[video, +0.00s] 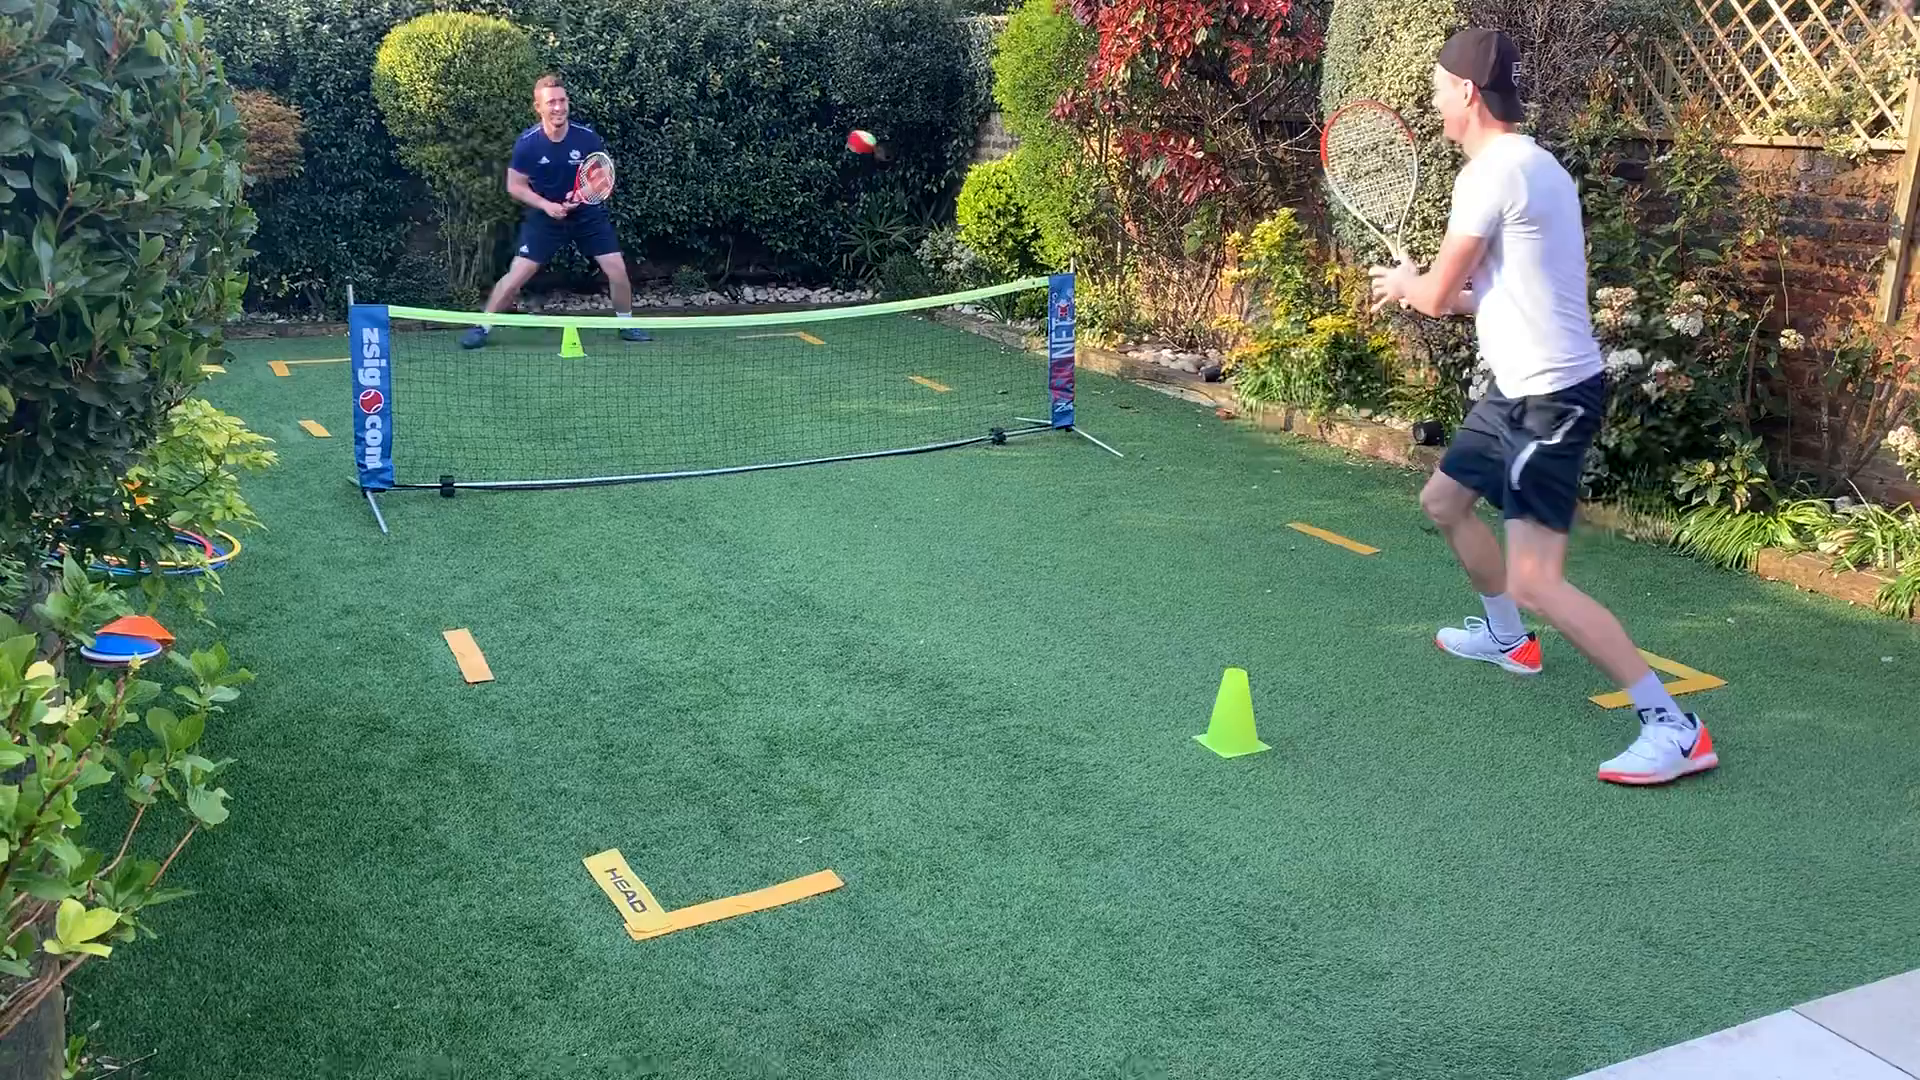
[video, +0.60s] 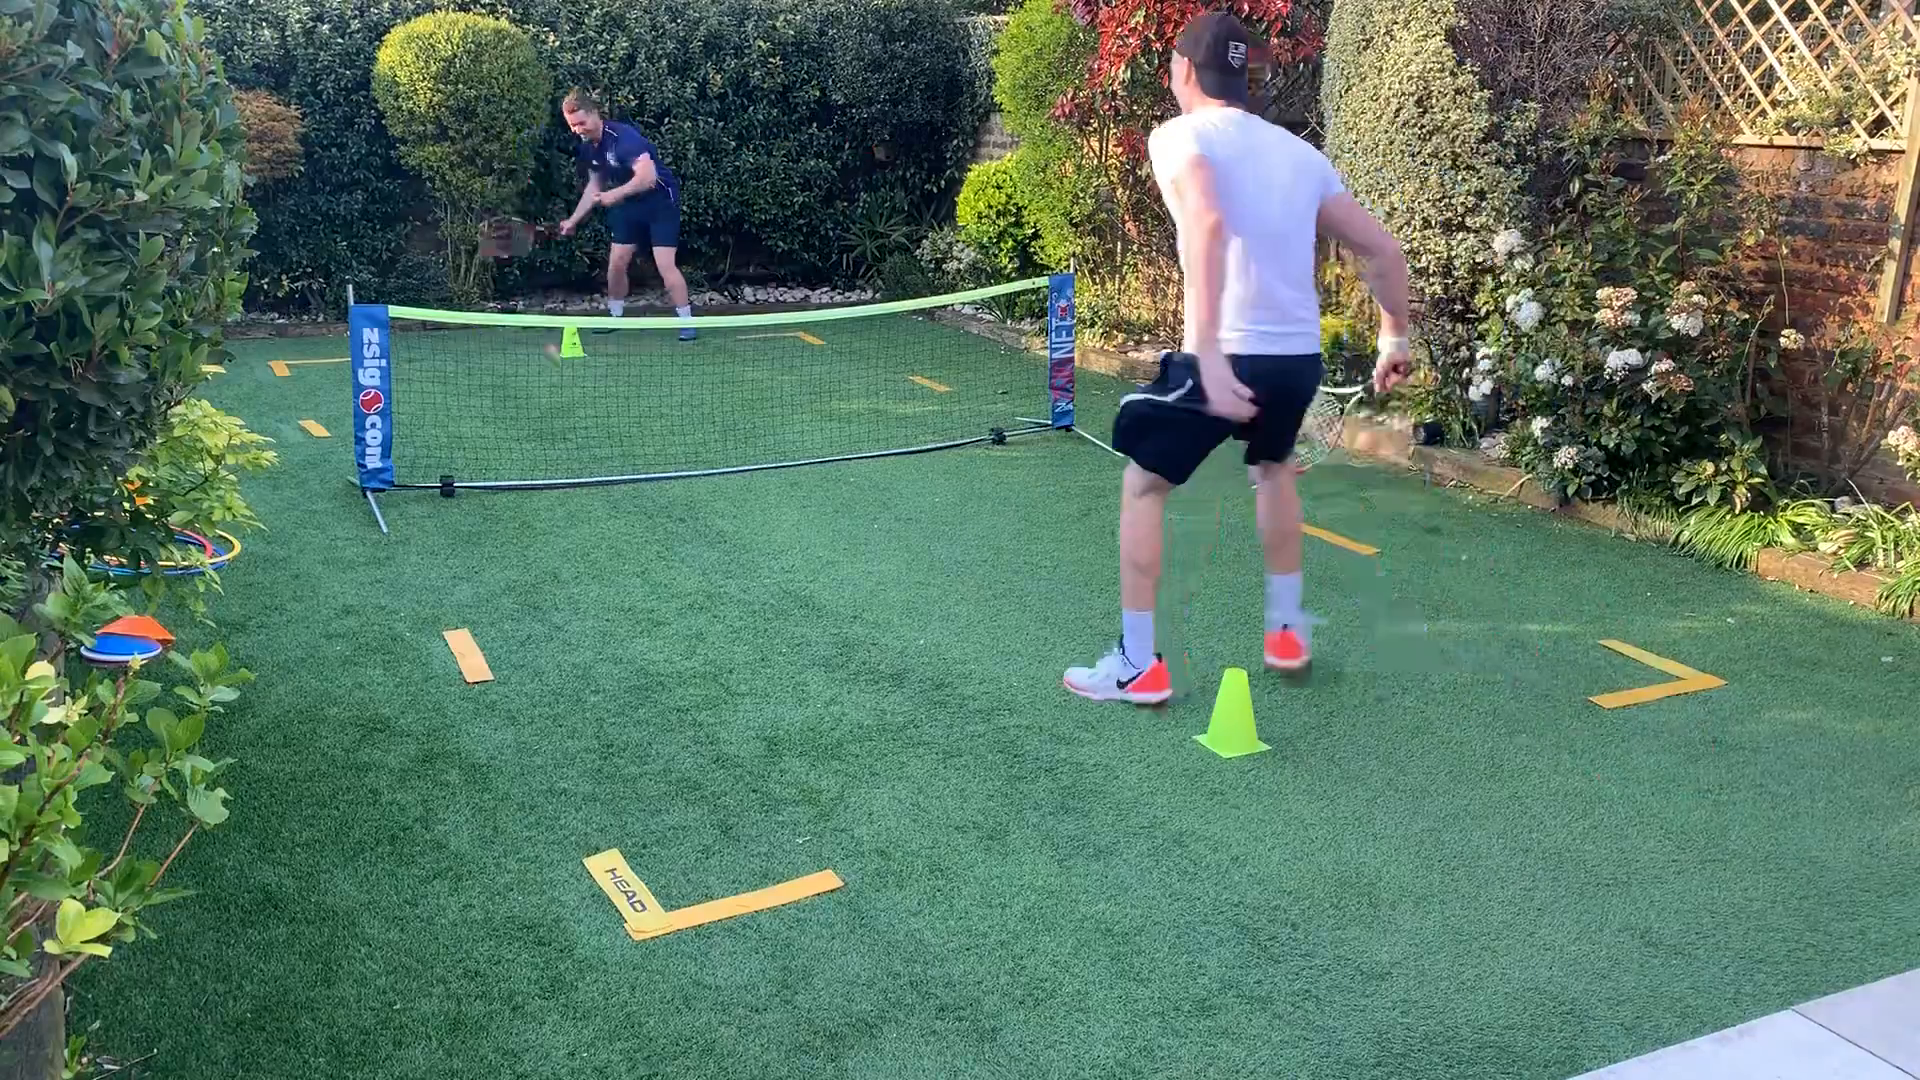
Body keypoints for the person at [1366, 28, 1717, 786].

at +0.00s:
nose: (1437, 104)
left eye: (1442, 91)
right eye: (1440, 90)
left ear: (1469, 94)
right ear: (1497, 93)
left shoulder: (1490, 171)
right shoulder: (1543, 167)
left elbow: (1440, 297)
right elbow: (1507, 292)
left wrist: (1406, 284)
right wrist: (1428, 288)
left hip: (1554, 395)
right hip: (1517, 387)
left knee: (1537, 582)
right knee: (1444, 501)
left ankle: (1673, 725)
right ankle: (1506, 633)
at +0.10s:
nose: (1408, 109)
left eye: (1413, 97)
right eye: (1410, 96)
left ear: (1436, 105)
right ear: (1469, 106)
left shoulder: (1447, 182)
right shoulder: (1514, 176)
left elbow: (1423, 322)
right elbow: (1492, 302)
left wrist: (1372, 347)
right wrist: (1413, 320)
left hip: (1505, 391)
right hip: (1526, 379)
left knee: (1447, 568)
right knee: (1429, 496)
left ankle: (1606, 666)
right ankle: (1506, 631)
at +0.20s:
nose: (1362, 124)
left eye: (1367, 111)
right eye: (1364, 110)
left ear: (1389, 118)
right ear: (1421, 118)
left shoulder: (1411, 192)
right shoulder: (1473, 183)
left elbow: (1404, 325)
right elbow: (1483, 298)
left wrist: (1334, 400)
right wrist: (1401, 327)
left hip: (1468, 395)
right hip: (1510, 388)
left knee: (1344, 521)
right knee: (1428, 505)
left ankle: (1467, 637)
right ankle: (1505, 634)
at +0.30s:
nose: (1312, 134)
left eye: (1316, 121)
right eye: (1312, 121)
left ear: (1336, 125)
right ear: (1370, 123)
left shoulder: (1367, 194)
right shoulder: (1424, 185)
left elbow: (1367, 313)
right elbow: (1415, 305)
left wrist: (1286, 393)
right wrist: (1318, 335)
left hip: (1424, 397)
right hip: (1468, 391)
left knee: (1265, 479)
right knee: (1411, 511)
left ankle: (1303, 639)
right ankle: (1502, 633)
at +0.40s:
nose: (1254, 118)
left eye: (1256, 106)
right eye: (1254, 106)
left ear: (1273, 110)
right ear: (1321, 108)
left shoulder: (1296, 180)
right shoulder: (1373, 179)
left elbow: (1316, 275)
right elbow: (1407, 291)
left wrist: (1239, 374)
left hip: (1354, 393)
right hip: (1411, 390)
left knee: (1197, 482)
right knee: (1408, 512)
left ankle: (1158, 648)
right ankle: (1498, 629)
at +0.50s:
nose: (1206, 96)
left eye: (1209, 85)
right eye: (1209, 84)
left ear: (1222, 92)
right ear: (1276, 93)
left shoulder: (1222, 165)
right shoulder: (1326, 173)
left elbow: (1246, 256)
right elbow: (1388, 279)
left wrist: (1253, 385)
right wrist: (1398, 370)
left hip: (1271, 385)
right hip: (1344, 382)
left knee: (1152, 490)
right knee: (1349, 491)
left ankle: (1143, 662)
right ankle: (1428, 618)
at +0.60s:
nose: (1172, 81)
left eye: (1174, 71)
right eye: (1175, 71)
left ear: (1185, 73)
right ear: (1247, 75)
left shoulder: (1179, 135)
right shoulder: (1298, 152)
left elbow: (1206, 221)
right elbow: (1380, 246)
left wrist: (1207, 351)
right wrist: (1396, 334)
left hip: (1217, 357)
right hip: (1299, 363)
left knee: (1144, 484)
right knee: (1274, 467)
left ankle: (1137, 660)